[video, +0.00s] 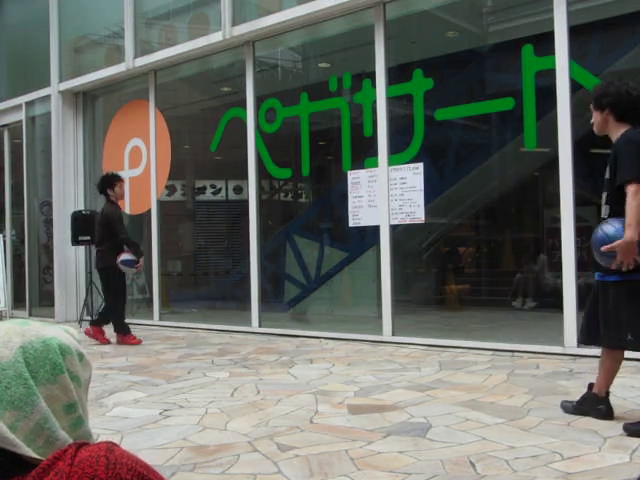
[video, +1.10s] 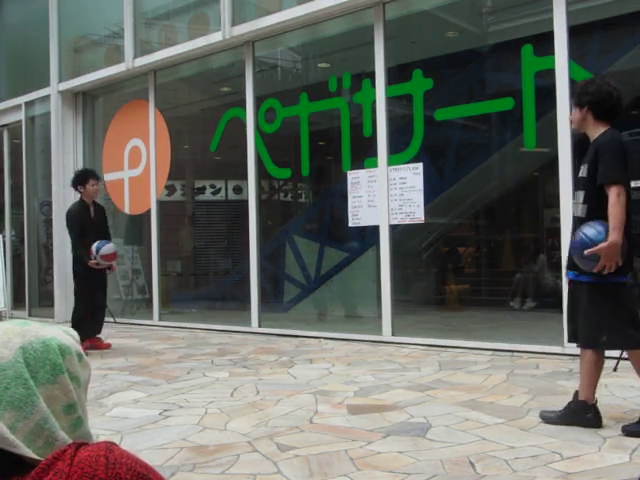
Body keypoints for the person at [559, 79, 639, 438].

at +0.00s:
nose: (591, 118)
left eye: (593, 112)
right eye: (591, 112)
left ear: (608, 112)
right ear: (612, 112)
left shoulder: (628, 143)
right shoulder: (624, 144)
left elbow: (633, 191)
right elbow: (625, 196)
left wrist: (632, 237)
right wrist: (621, 242)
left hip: (622, 254)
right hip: (620, 252)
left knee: (614, 322)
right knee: (613, 322)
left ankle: (599, 394)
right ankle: (599, 393)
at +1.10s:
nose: (571, 114)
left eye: (575, 108)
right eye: (572, 108)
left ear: (589, 110)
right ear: (595, 111)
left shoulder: (610, 143)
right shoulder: (595, 146)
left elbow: (617, 193)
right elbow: (593, 203)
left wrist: (615, 240)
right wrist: (581, 251)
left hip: (608, 256)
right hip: (593, 256)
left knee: (627, 333)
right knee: (590, 331)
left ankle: (585, 402)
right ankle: (584, 403)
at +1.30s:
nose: (557, 118)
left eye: (560, 111)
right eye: (558, 111)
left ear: (574, 113)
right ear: (576, 114)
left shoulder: (598, 146)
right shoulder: (583, 150)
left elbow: (603, 194)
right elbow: (572, 213)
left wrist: (594, 239)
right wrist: (552, 256)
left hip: (586, 252)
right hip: (573, 253)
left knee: (585, 329)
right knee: (579, 330)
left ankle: (636, 387)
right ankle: (583, 404)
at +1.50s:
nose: (545, 118)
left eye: (548, 112)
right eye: (546, 112)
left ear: (561, 115)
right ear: (568, 116)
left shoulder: (587, 147)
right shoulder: (565, 153)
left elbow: (599, 190)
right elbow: (554, 214)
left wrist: (597, 232)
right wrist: (537, 256)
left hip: (571, 259)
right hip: (554, 259)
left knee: (571, 328)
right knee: (557, 329)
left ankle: (591, 401)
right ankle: (584, 398)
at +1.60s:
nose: (540, 118)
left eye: (543, 112)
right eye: (541, 112)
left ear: (556, 116)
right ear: (563, 117)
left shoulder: (580, 148)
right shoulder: (557, 156)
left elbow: (597, 192)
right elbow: (549, 216)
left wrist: (598, 233)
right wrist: (534, 258)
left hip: (562, 261)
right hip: (558, 261)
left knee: (551, 333)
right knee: (573, 333)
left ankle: (550, 412)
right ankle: (584, 405)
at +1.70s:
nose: (532, 120)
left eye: (535, 114)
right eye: (534, 114)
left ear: (548, 117)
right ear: (555, 119)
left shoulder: (575, 150)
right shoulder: (553, 159)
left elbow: (594, 194)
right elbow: (545, 217)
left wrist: (597, 235)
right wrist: (531, 264)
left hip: (555, 263)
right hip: (551, 264)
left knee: (534, 334)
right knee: (570, 335)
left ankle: (514, 404)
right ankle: (583, 405)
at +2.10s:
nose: (494, 127)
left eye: (497, 122)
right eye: (496, 121)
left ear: (508, 127)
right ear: (526, 127)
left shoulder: (530, 159)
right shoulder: (530, 158)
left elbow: (545, 206)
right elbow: (541, 208)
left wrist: (547, 252)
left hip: (516, 265)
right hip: (533, 263)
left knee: (496, 334)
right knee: (550, 333)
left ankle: (480, 400)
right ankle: (579, 401)